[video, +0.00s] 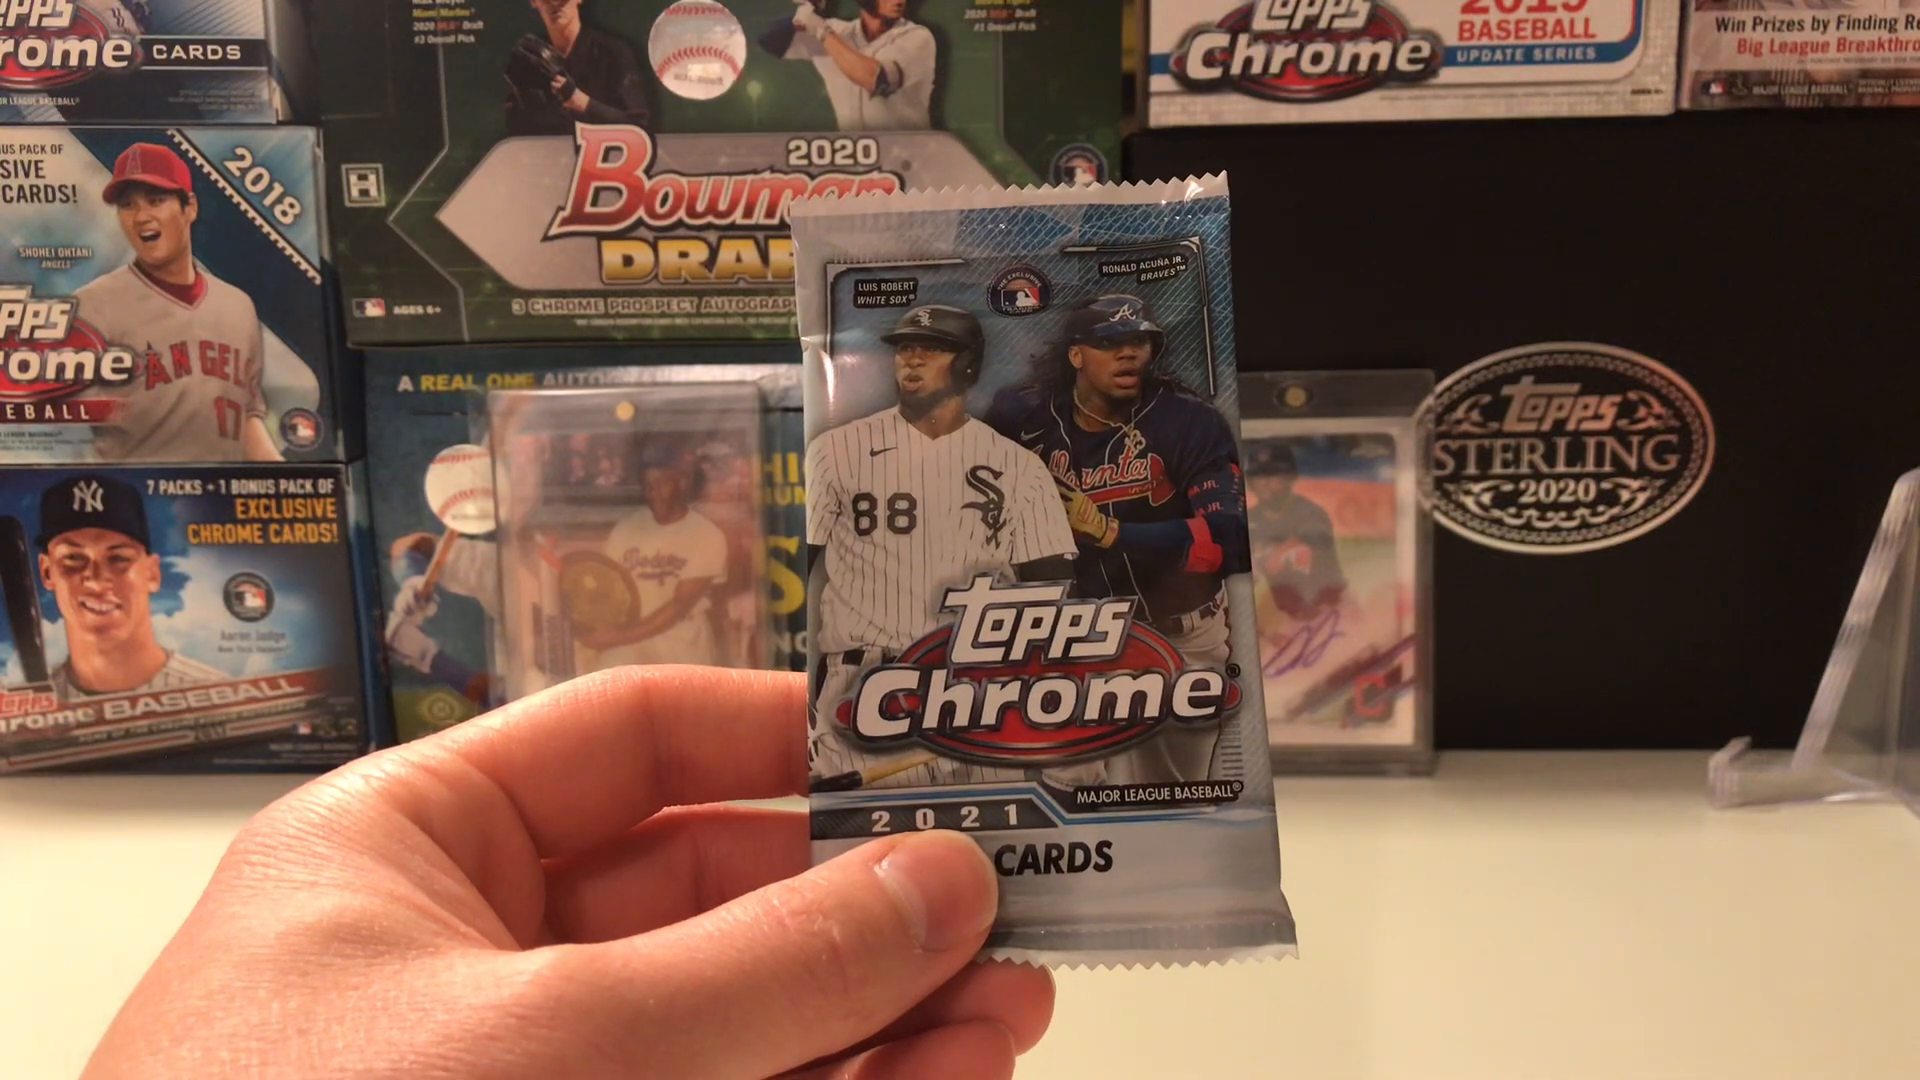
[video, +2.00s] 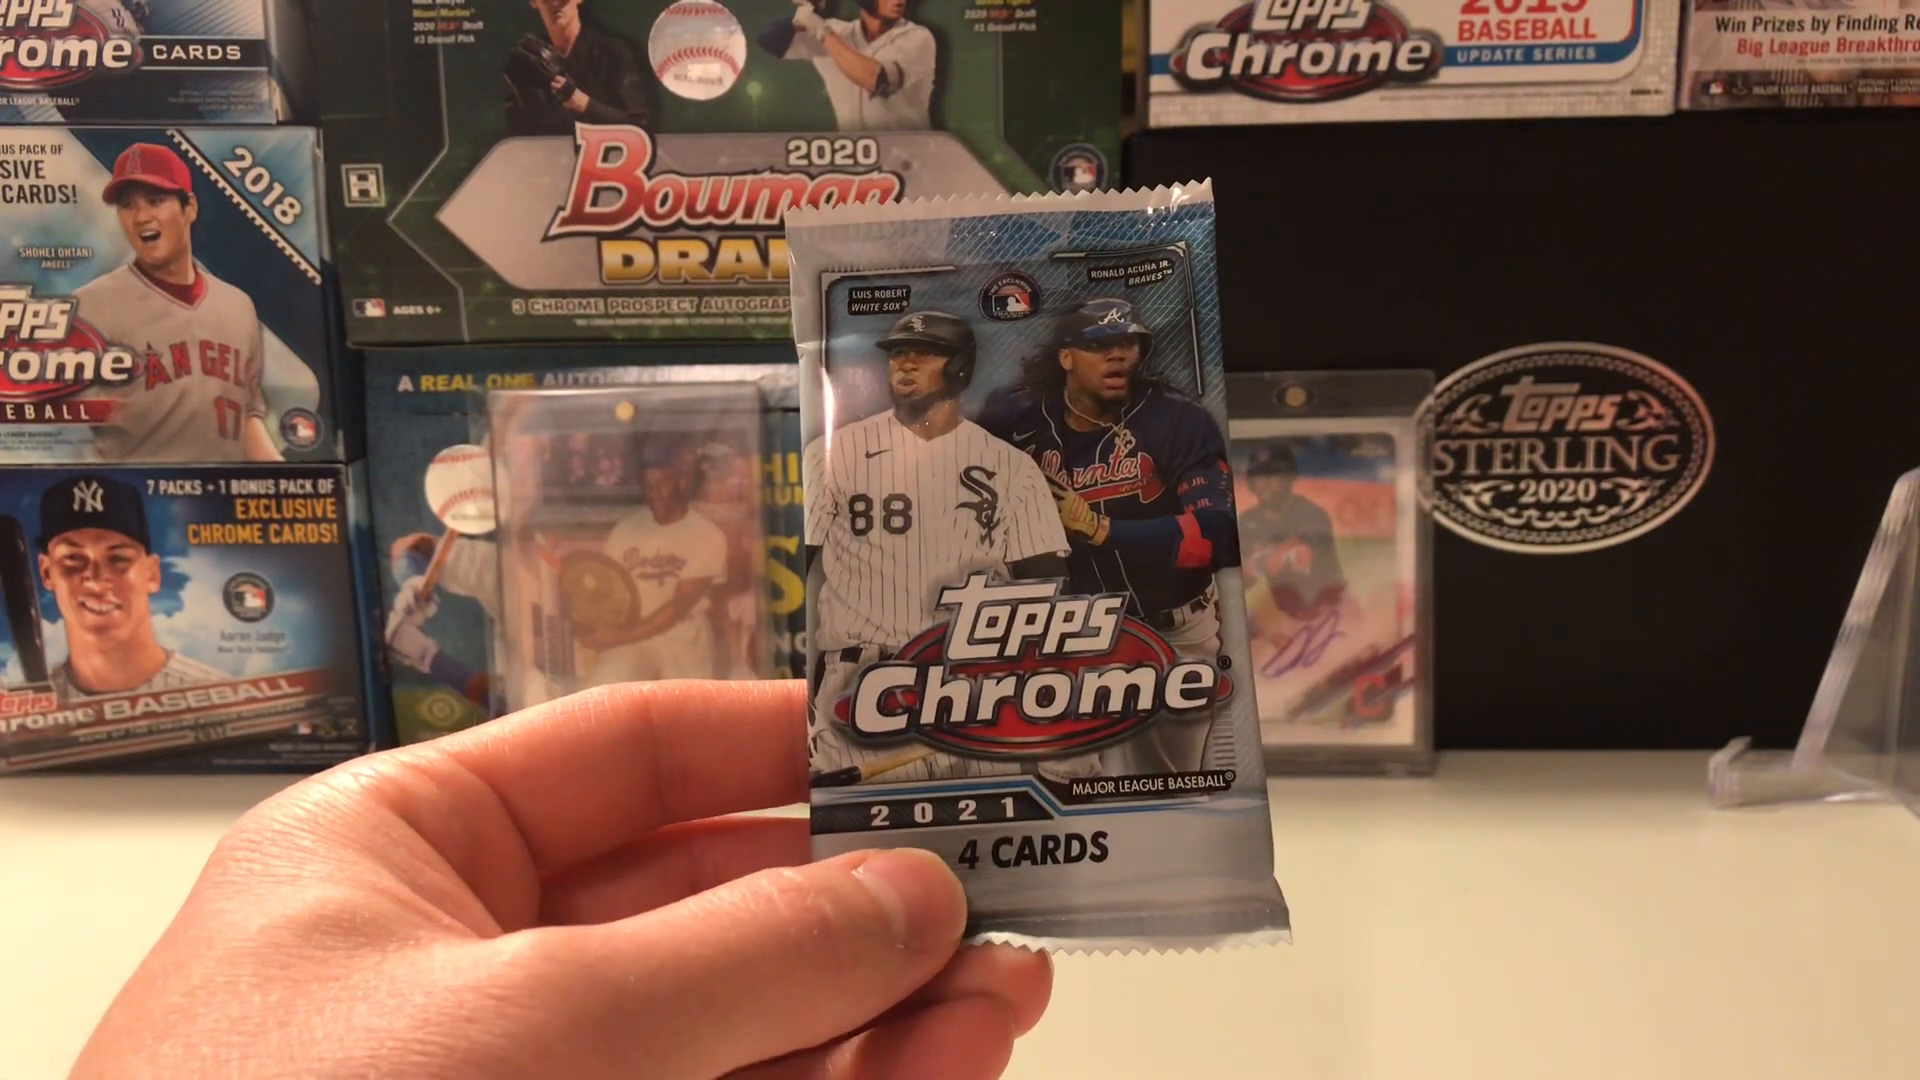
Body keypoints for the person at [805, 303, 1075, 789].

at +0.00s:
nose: (911, 360)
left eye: (929, 348)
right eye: (904, 348)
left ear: (966, 364)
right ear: (893, 358)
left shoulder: (1019, 468)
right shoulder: (833, 454)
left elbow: (1050, 590)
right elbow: (802, 578)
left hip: (975, 694)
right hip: (857, 693)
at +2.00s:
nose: (904, 365)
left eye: (922, 354)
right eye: (897, 353)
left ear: (957, 368)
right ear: (887, 363)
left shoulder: (1011, 469)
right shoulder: (834, 455)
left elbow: (1043, 588)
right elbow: (791, 575)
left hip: (968, 696)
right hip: (851, 694)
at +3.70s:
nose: (912, 365)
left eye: (930, 354)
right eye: (905, 353)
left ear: (965, 369)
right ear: (895, 363)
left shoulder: (1017, 470)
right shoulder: (837, 454)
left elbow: (1048, 590)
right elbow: (791, 567)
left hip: (972, 692)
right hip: (853, 689)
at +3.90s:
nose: (914, 368)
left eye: (932, 357)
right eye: (907, 356)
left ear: (967, 372)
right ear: (897, 366)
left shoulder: (1019, 473)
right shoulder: (839, 457)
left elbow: (1049, 596)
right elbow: (792, 575)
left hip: (974, 696)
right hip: (854, 693)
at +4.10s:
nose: (917, 369)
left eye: (935, 358)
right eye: (910, 357)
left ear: (970, 373)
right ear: (900, 367)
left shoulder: (1022, 473)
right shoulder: (841, 460)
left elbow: (1052, 596)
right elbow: (813, 577)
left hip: (977, 701)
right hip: (858, 698)